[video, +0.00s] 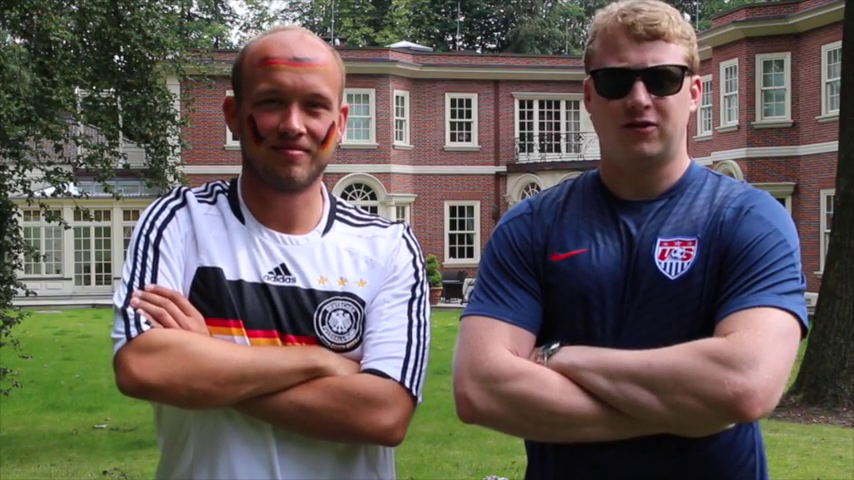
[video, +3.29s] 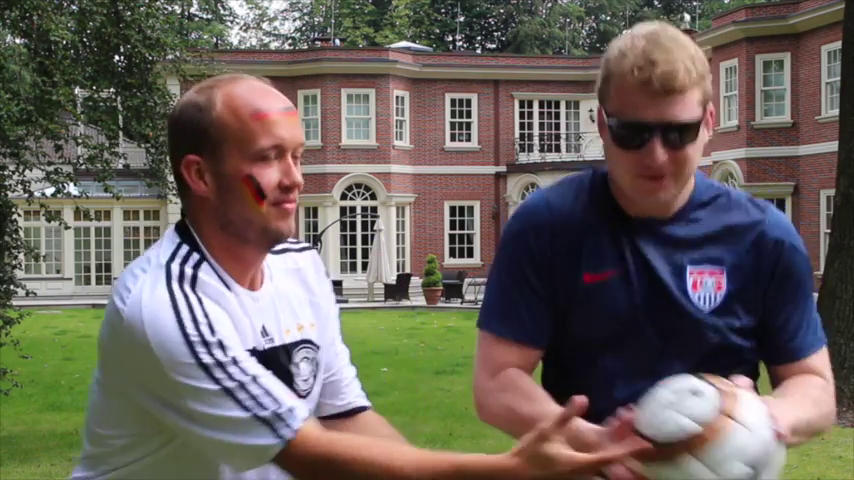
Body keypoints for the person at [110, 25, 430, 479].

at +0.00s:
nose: (293, 125)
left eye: (315, 106)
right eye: (272, 103)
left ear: (340, 122)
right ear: (234, 115)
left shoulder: (389, 247)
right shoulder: (175, 221)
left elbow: (386, 417)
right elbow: (139, 367)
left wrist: (210, 366)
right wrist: (322, 361)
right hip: (203, 474)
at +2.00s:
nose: (293, 126)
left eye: (314, 107)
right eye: (271, 104)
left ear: (338, 124)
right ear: (232, 118)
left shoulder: (387, 249)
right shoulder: (174, 221)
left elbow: (384, 421)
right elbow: (138, 374)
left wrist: (211, 372)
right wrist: (318, 365)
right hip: (201, 473)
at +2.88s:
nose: (294, 115)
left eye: (301, 98)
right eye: (269, 95)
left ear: (309, 109)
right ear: (204, 117)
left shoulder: (348, 240)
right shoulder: (140, 232)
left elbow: (403, 406)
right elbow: (125, 388)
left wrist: (248, 361)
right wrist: (289, 304)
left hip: (330, 474)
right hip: (191, 472)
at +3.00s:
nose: (288, 122)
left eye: (295, 103)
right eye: (263, 100)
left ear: (304, 110)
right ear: (197, 119)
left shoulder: (339, 242)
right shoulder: (136, 239)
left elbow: (405, 411)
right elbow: (169, 407)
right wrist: (342, 322)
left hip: (323, 475)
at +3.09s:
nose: (284, 132)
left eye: (290, 111)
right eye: (259, 111)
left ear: (298, 119)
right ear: (191, 128)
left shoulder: (329, 243)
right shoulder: (141, 256)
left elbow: (366, 383)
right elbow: (230, 414)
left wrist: (386, 421)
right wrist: (412, 404)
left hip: (316, 470)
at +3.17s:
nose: (283, 150)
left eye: (287, 129)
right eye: (256, 131)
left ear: (295, 132)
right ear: (188, 152)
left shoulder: (316, 252)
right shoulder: (158, 284)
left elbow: (362, 403)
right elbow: (299, 425)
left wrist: (459, 458)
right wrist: (495, 458)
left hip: (318, 472)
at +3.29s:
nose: (291, 180)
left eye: (296, 158)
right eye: (265, 159)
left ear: (303, 161)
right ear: (196, 176)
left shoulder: (299, 268)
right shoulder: (163, 308)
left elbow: (348, 416)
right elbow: (304, 450)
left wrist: (447, 475)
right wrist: (517, 461)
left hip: (262, 466)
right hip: (148, 467)